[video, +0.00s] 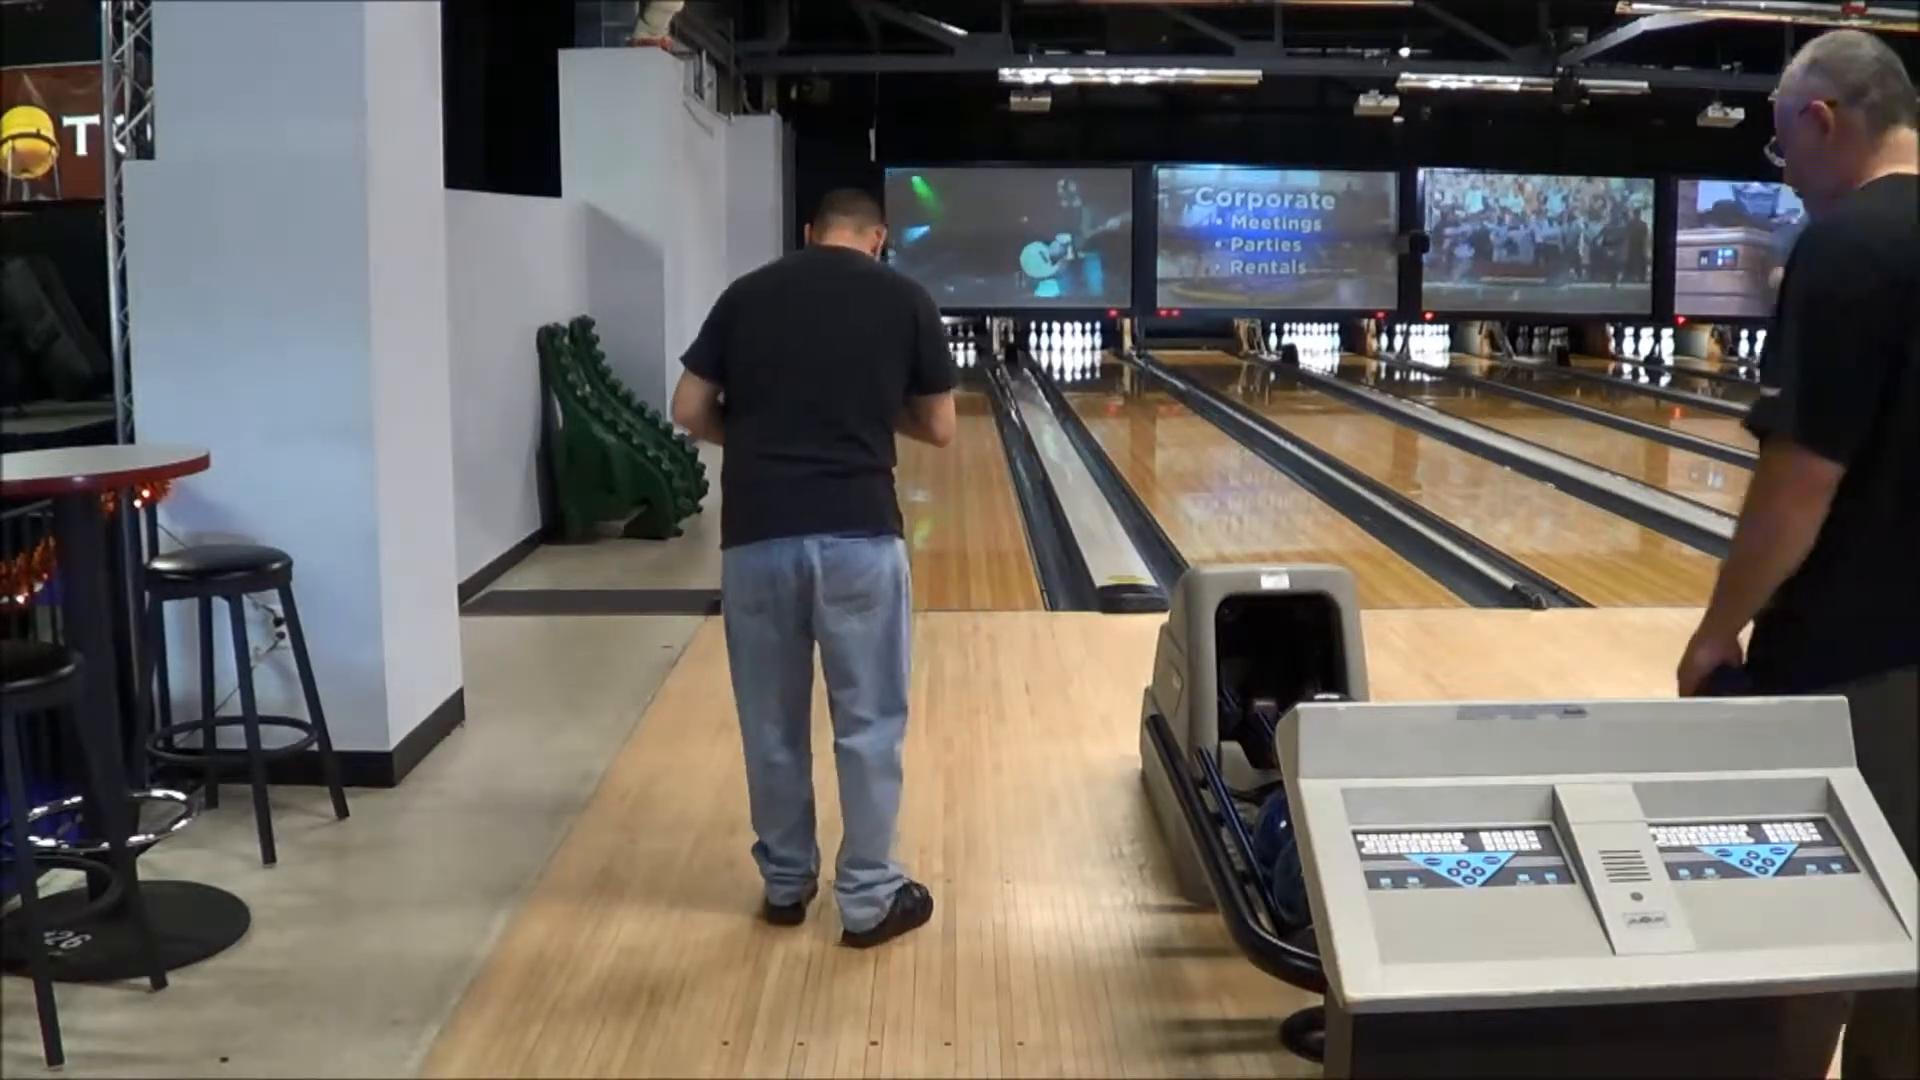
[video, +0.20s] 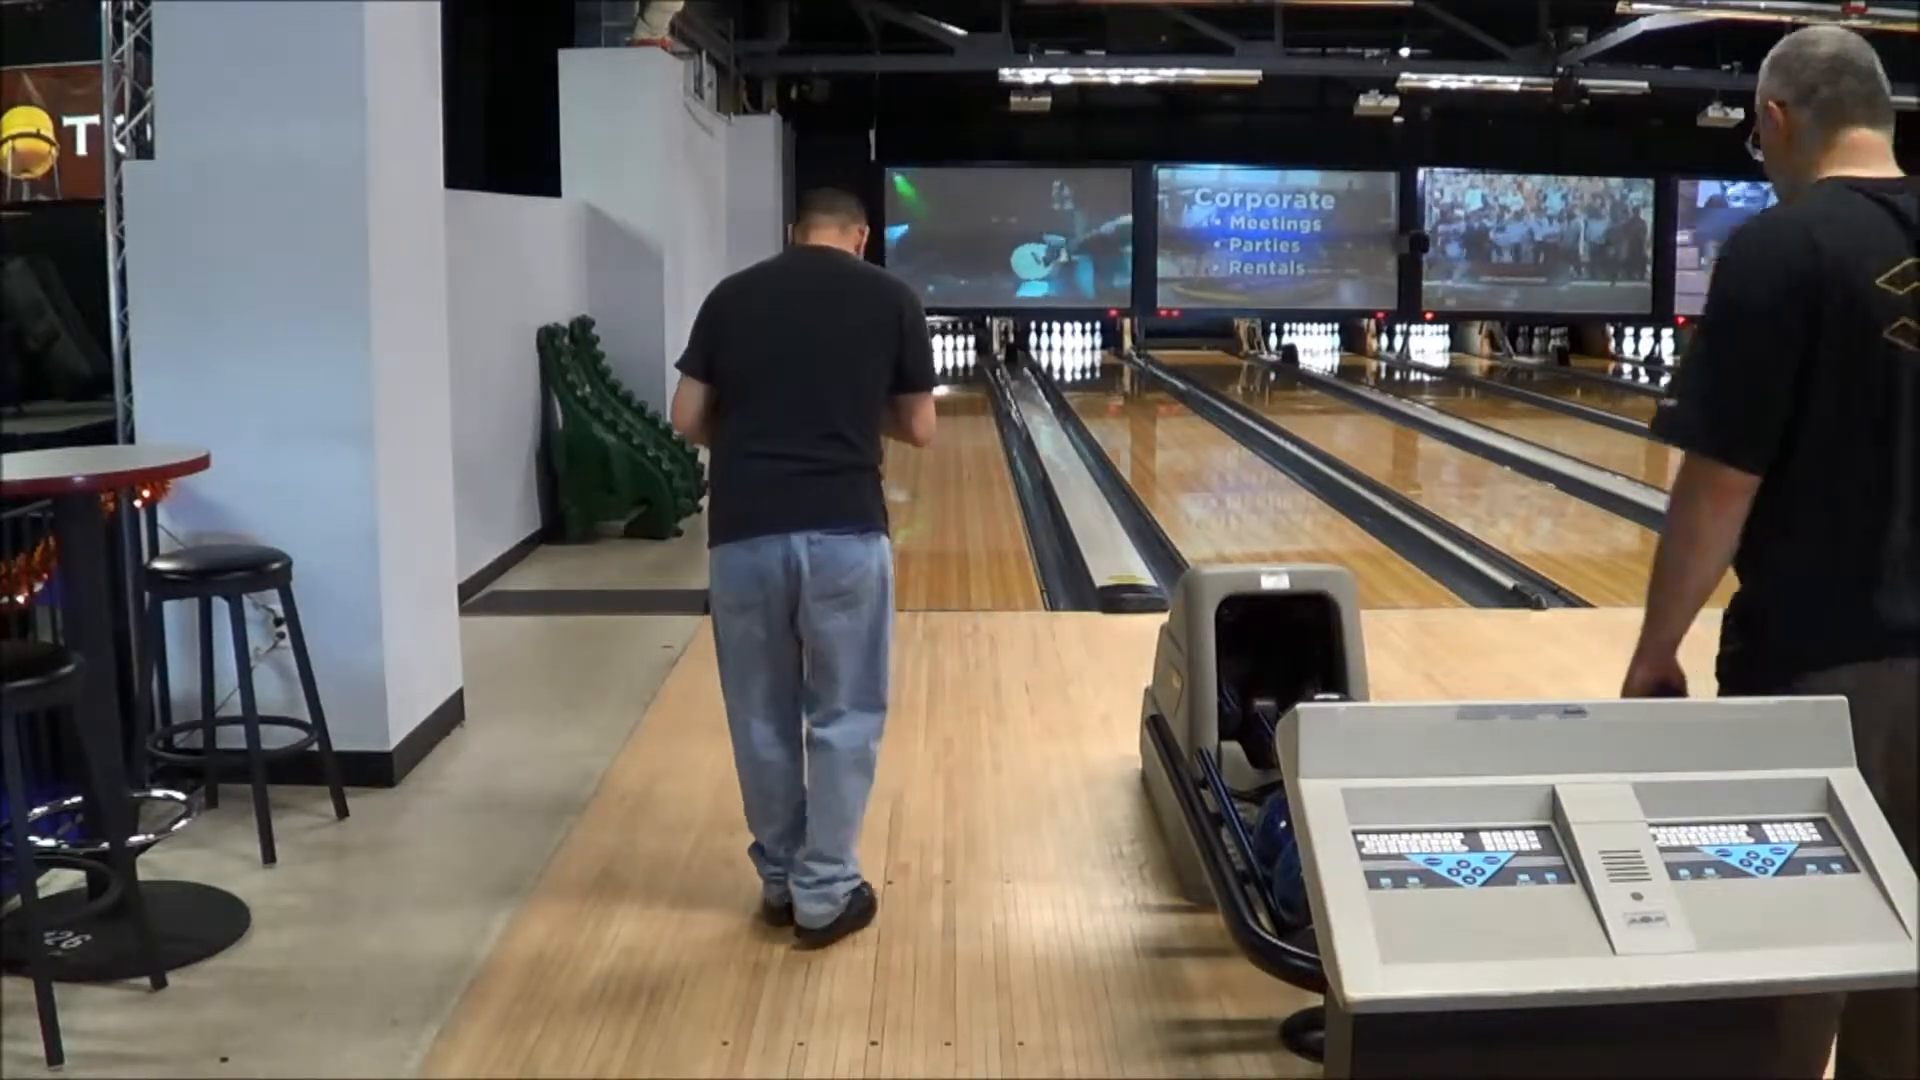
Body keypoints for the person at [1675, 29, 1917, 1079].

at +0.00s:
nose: (1777, 155)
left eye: (1782, 130)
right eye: (1776, 133)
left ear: (1824, 120)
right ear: (1891, 114)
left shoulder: (1853, 241)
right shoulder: (1907, 220)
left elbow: (1803, 469)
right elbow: (1815, 463)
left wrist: (1720, 623)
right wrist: (1745, 620)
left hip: (1852, 654)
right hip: (1913, 642)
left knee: (1816, 925)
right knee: (1899, 926)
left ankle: (1789, 1065)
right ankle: (1881, 1064)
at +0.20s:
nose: (1753, 141)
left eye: (1755, 120)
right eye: (1754, 122)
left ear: (1781, 118)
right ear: (1882, 118)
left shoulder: (1782, 246)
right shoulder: (1912, 218)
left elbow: (1720, 481)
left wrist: (1656, 643)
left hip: (1814, 654)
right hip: (1914, 643)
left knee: (1790, 943)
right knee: (1902, 939)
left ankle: (1779, 1070)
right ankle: (1881, 1067)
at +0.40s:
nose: (1740, 135)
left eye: (1742, 121)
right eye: (1739, 123)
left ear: (1755, 125)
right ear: (1873, 122)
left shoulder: (1728, 255)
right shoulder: (1915, 223)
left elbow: (1656, 482)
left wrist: (1597, 644)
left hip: (1780, 666)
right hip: (1910, 661)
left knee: (1781, 953)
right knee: (1898, 952)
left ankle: (1789, 1069)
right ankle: (1871, 1066)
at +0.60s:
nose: (1739, 126)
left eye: (1741, 114)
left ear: (1751, 122)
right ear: (1877, 122)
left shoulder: (1709, 255)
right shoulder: (1918, 230)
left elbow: (1634, 474)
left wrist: (1583, 624)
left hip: (1770, 662)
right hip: (1915, 660)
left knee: (1779, 953)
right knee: (1914, 953)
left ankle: (1791, 1072)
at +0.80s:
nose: (1760, 121)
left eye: (1762, 107)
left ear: (1770, 117)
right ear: (1895, 120)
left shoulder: (1728, 258)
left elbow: (1654, 477)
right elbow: (1656, 474)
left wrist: (1612, 619)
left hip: (1778, 663)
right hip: (1914, 663)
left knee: (1778, 961)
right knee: (1916, 955)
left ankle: (1783, 1074)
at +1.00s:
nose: (1799, 115)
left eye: (1803, 102)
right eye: (1809, 100)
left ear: (1819, 115)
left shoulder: (1778, 258)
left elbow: (1706, 479)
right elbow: (1709, 478)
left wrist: (1664, 628)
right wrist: (1672, 627)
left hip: (1810, 669)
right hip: (1913, 670)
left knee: (1790, 961)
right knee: (1913, 960)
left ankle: (1785, 1074)